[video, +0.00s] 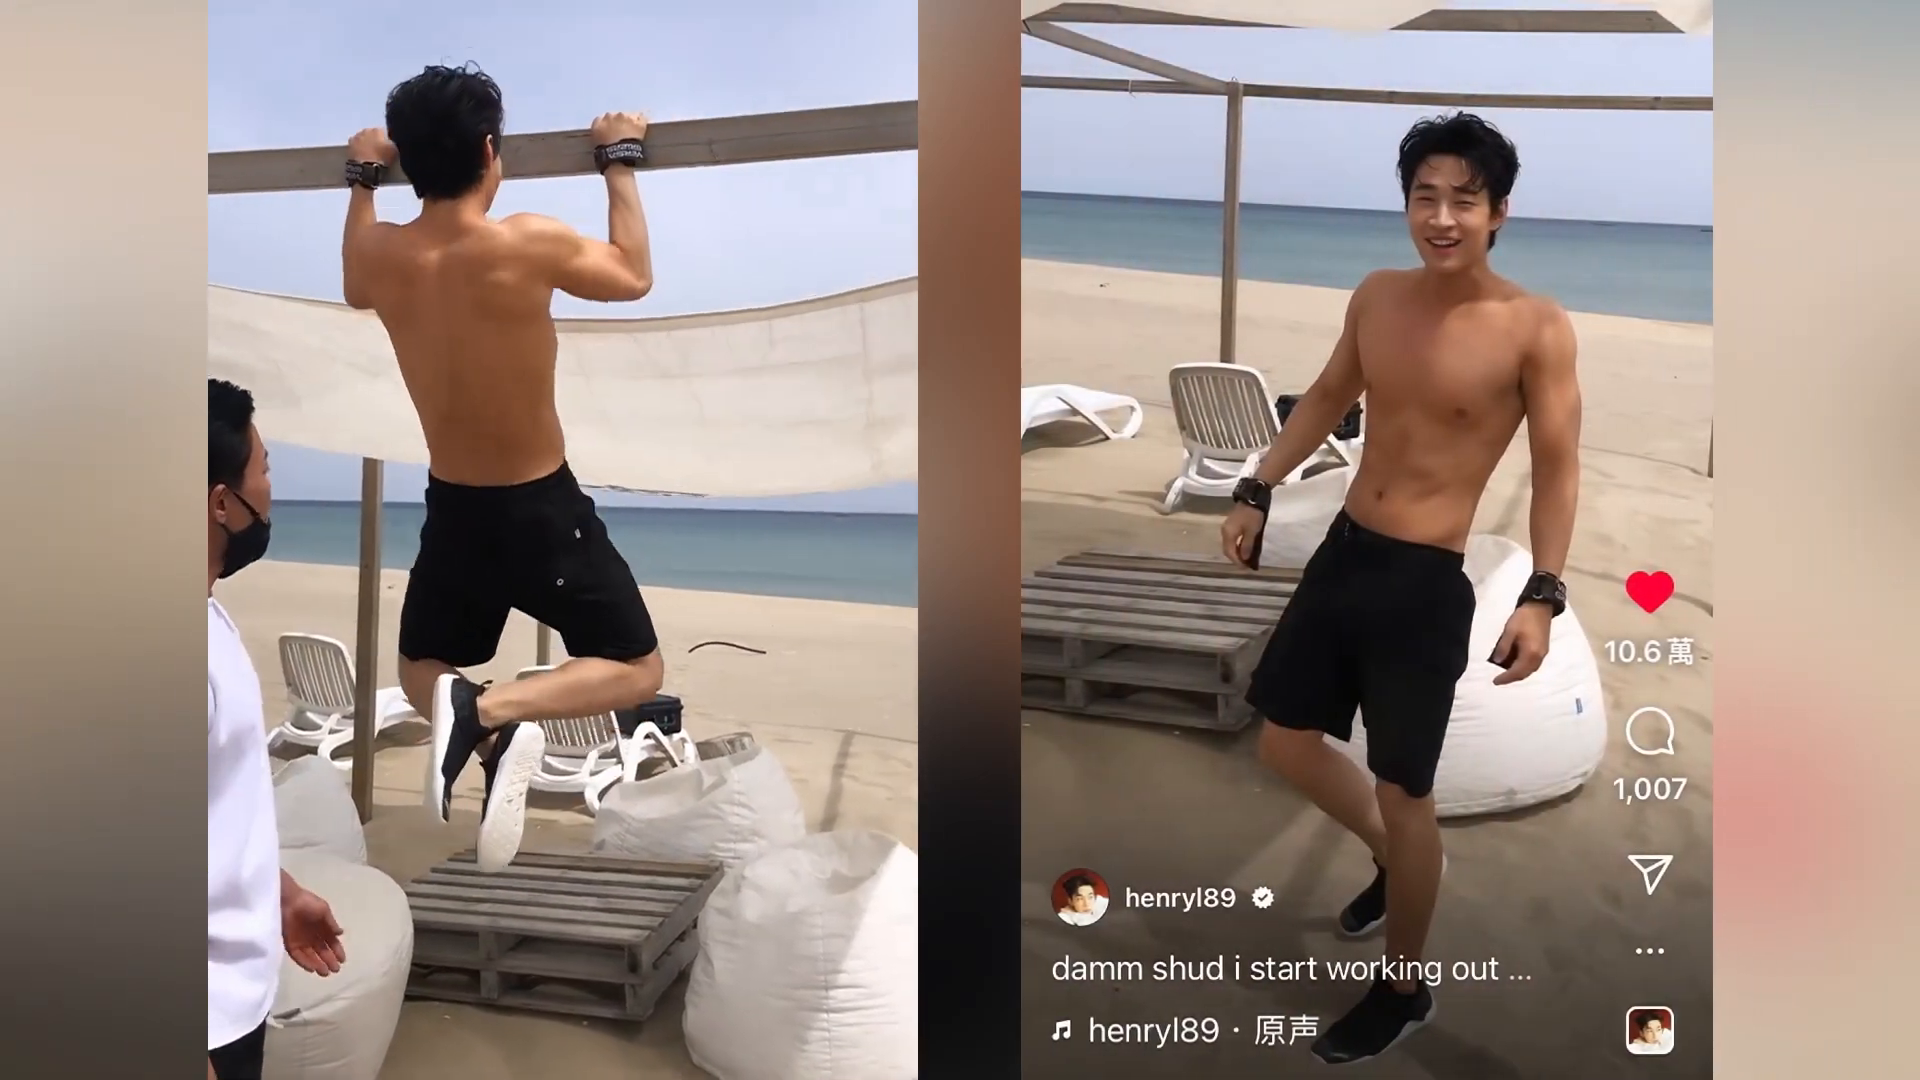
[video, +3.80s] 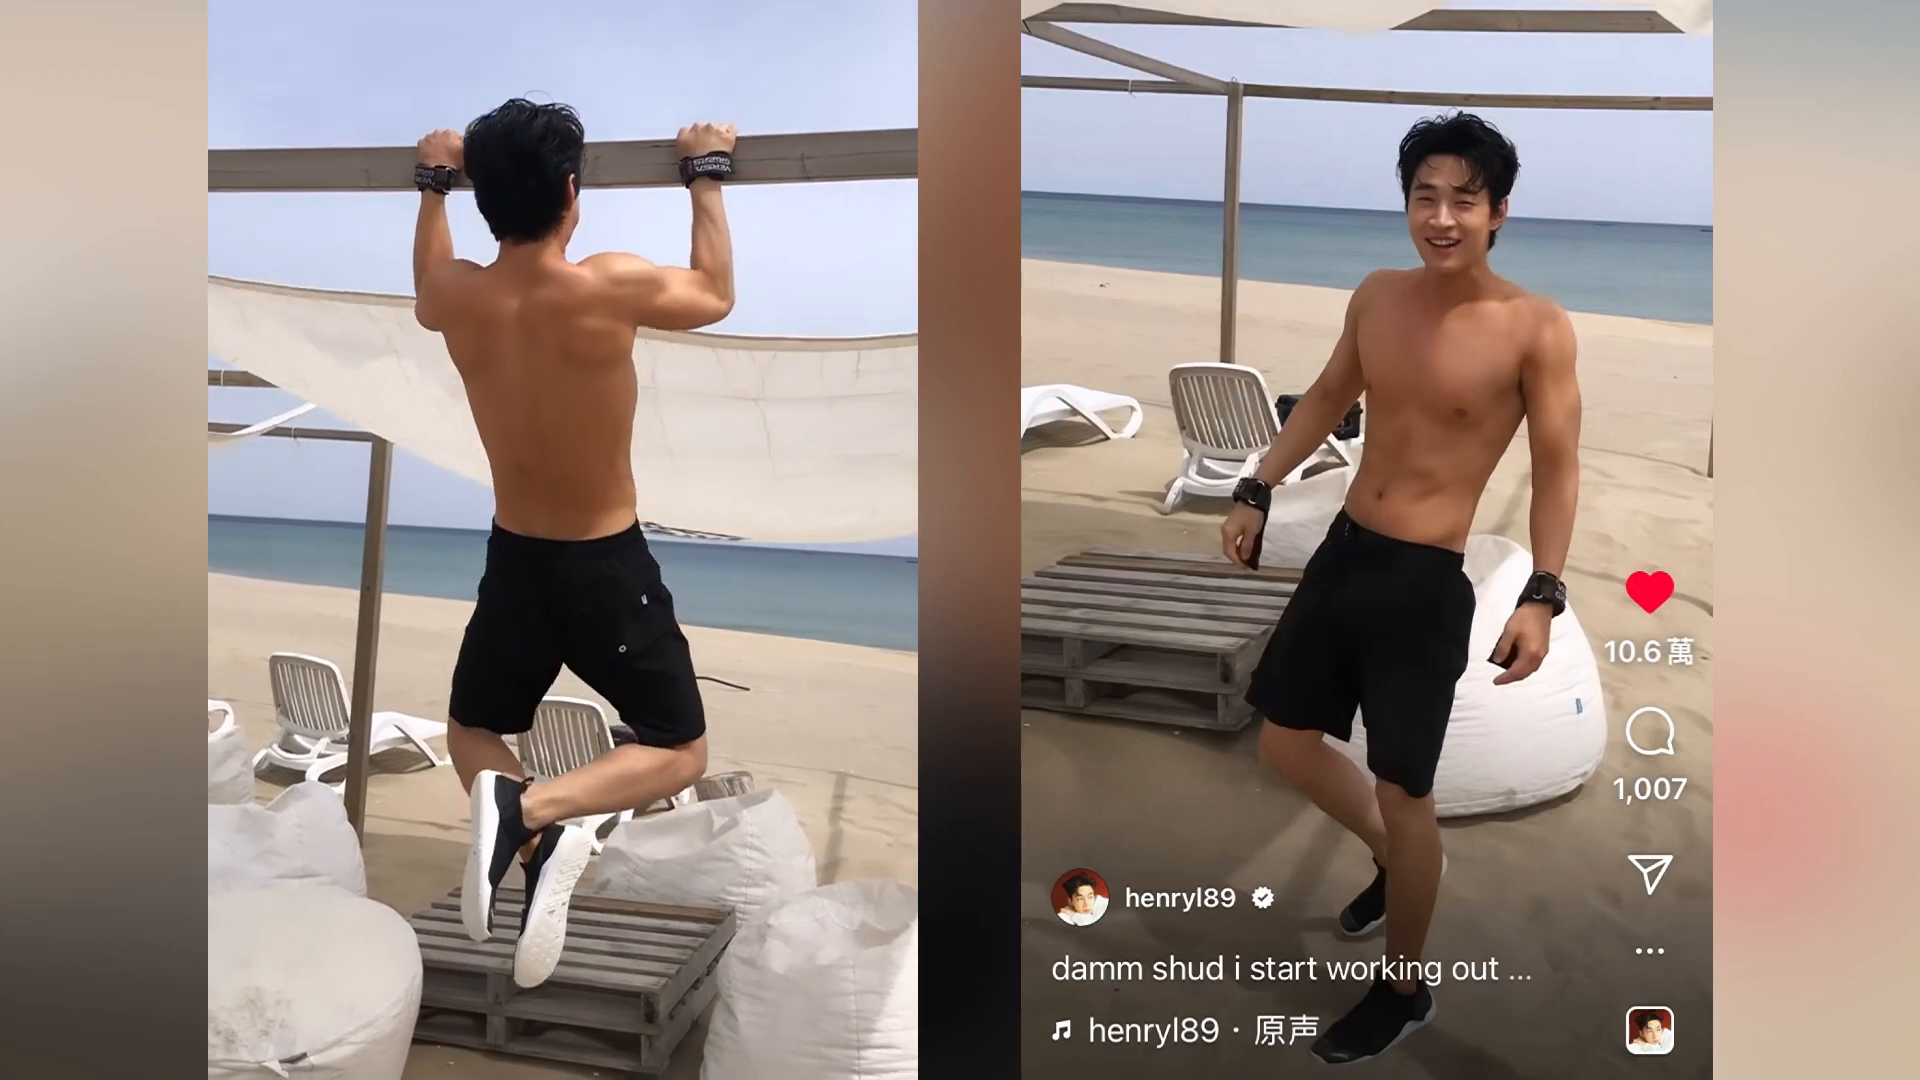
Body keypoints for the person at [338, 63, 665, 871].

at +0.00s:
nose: (501, 150)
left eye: (496, 139)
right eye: (496, 139)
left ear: (405, 165)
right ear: (489, 153)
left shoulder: (383, 254)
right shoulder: (528, 243)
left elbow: (357, 285)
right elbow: (632, 274)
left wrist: (361, 178)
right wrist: (619, 163)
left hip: (454, 512)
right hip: (542, 508)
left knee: (423, 675)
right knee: (639, 673)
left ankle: (498, 749)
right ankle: (483, 707)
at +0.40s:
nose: (459, 95)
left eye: (448, 83)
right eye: (457, 84)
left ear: (363, 104)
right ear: (448, 98)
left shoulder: (327, 201)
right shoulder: (490, 193)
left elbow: (295, 294)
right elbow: (579, 289)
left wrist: (311, 185)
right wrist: (575, 180)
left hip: (377, 488)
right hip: (474, 487)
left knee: (328, 674)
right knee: (569, 675)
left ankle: (421, 770)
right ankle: (398, 719)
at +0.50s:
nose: (445, 123)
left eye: (437, 111)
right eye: (443, 111)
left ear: (345, 133)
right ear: (434, 125)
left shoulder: (313, 228)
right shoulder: (481, 224)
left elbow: (282, 302)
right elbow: (575, 297)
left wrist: (294, 194)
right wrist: (568, 184)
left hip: (364, 517)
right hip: (462, 518)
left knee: (310, 709)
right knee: (551, 714)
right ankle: (376, 752)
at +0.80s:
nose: (428, 243)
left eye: (420, 232)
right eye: (425, 232)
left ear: (335, 256)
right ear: (418, 248)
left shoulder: (312, 350)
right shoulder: (466, 337)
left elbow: (279, 309)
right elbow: (568, 317)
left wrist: (282, 211)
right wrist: (557, 204)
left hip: (358, 615)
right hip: (450, 619)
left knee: (293, 791)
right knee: (518, 827)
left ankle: (333, 903)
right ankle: (337, 850)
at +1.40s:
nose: (514, 333)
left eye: (506, 324)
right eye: (510, 323)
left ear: (422, 349)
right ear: (502, 342)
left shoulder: (405, 429)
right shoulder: (551, 419)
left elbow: (367, 341)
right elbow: (633, 345)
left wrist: (358, 237)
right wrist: (628, 228)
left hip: (454, 681)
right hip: (543, 686)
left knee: (394, 848)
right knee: (603, 873)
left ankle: (468, 948)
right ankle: (454, 909)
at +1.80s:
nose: (544, 219)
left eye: (539, 207)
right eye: (543, 208)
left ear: (447, 234)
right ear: (533, 223)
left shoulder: (420, 327)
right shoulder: (577, 319)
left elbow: (385, 329)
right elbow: (677, 331)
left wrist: (390, 229)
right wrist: (664, 218)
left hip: (484, 606)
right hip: (578, 601)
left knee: (450, 762)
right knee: (664, 766)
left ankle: (544, 877)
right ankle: (527, 841)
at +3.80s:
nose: (581, 190)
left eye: (576, 179)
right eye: (579, 179)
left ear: (482, 203)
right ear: (569, 194)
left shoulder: (458, 295)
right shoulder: (609, 287)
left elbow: (431, 279)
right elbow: (715, 292)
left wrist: (434, 186)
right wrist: (706, 176)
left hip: (515, 568)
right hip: (609, 570)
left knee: (474, 732)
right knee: (680, 752)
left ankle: (543, 864)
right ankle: (528, 807)